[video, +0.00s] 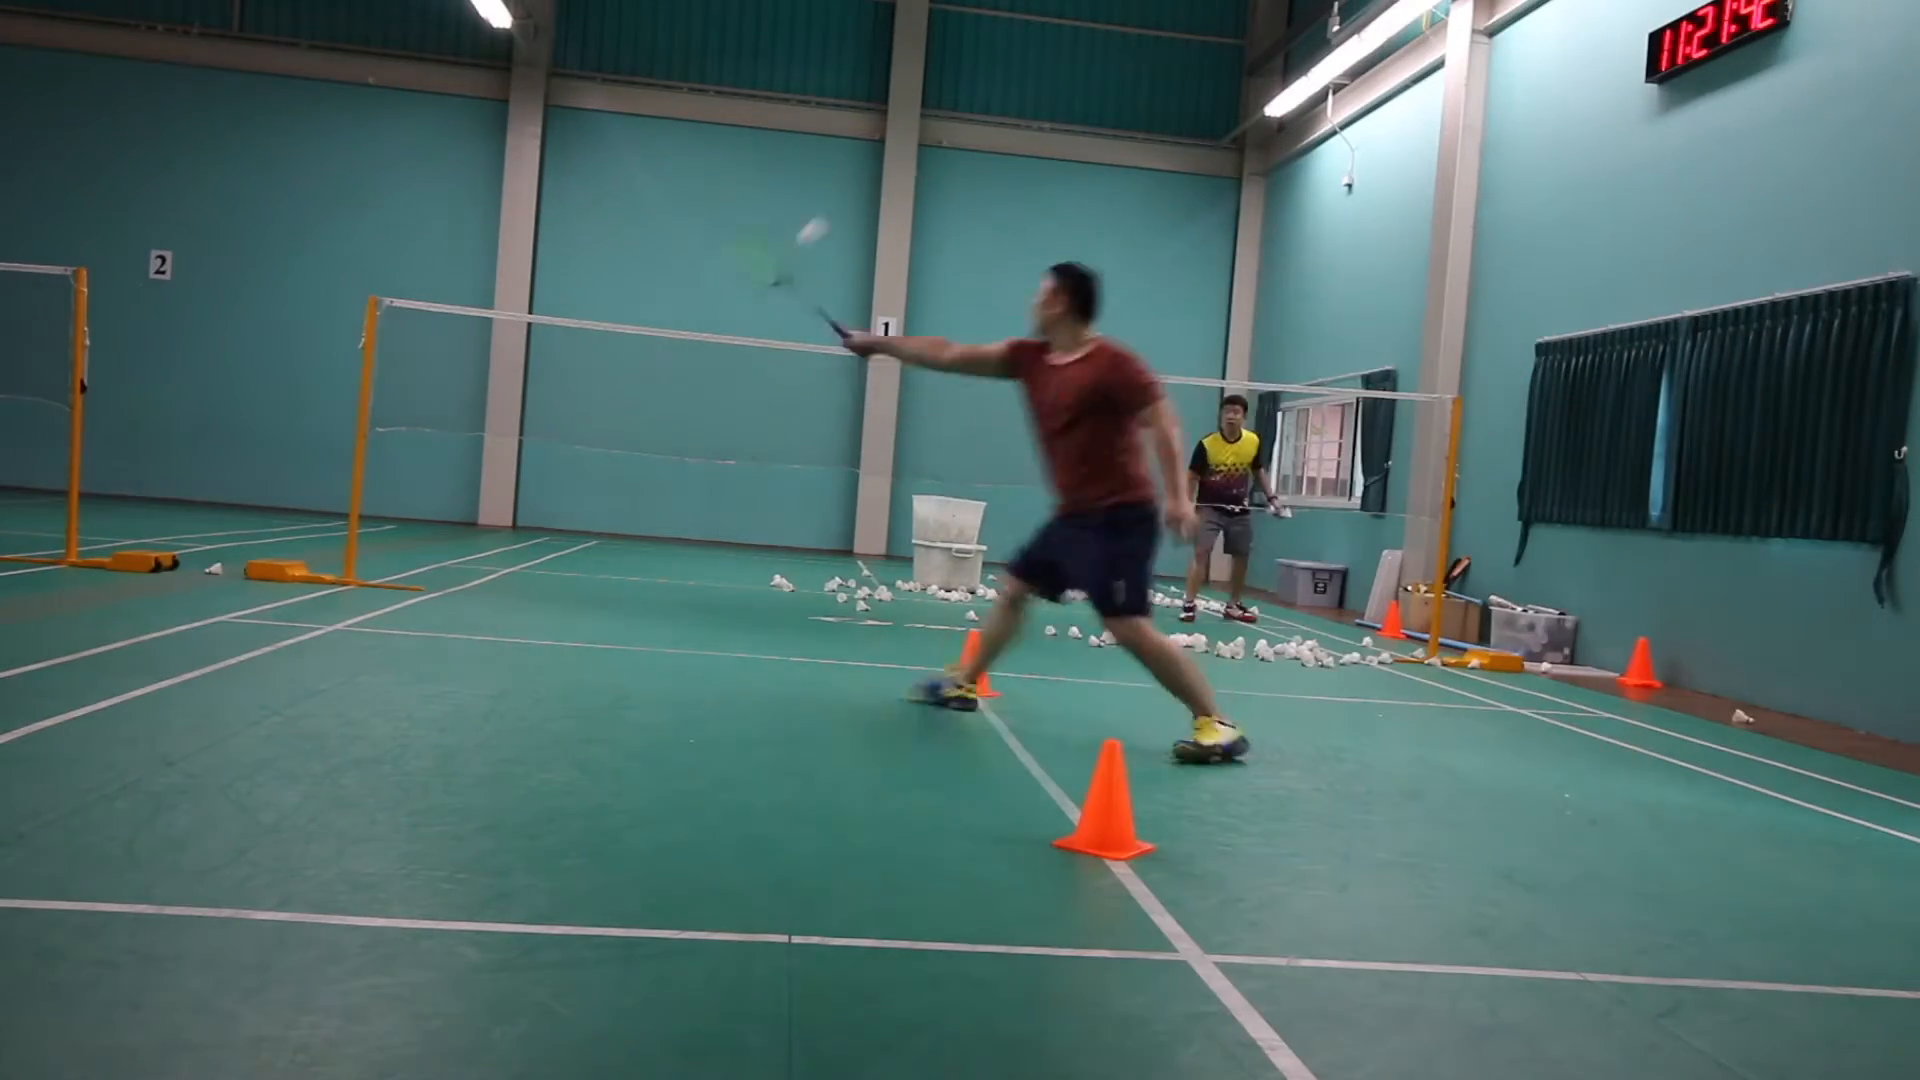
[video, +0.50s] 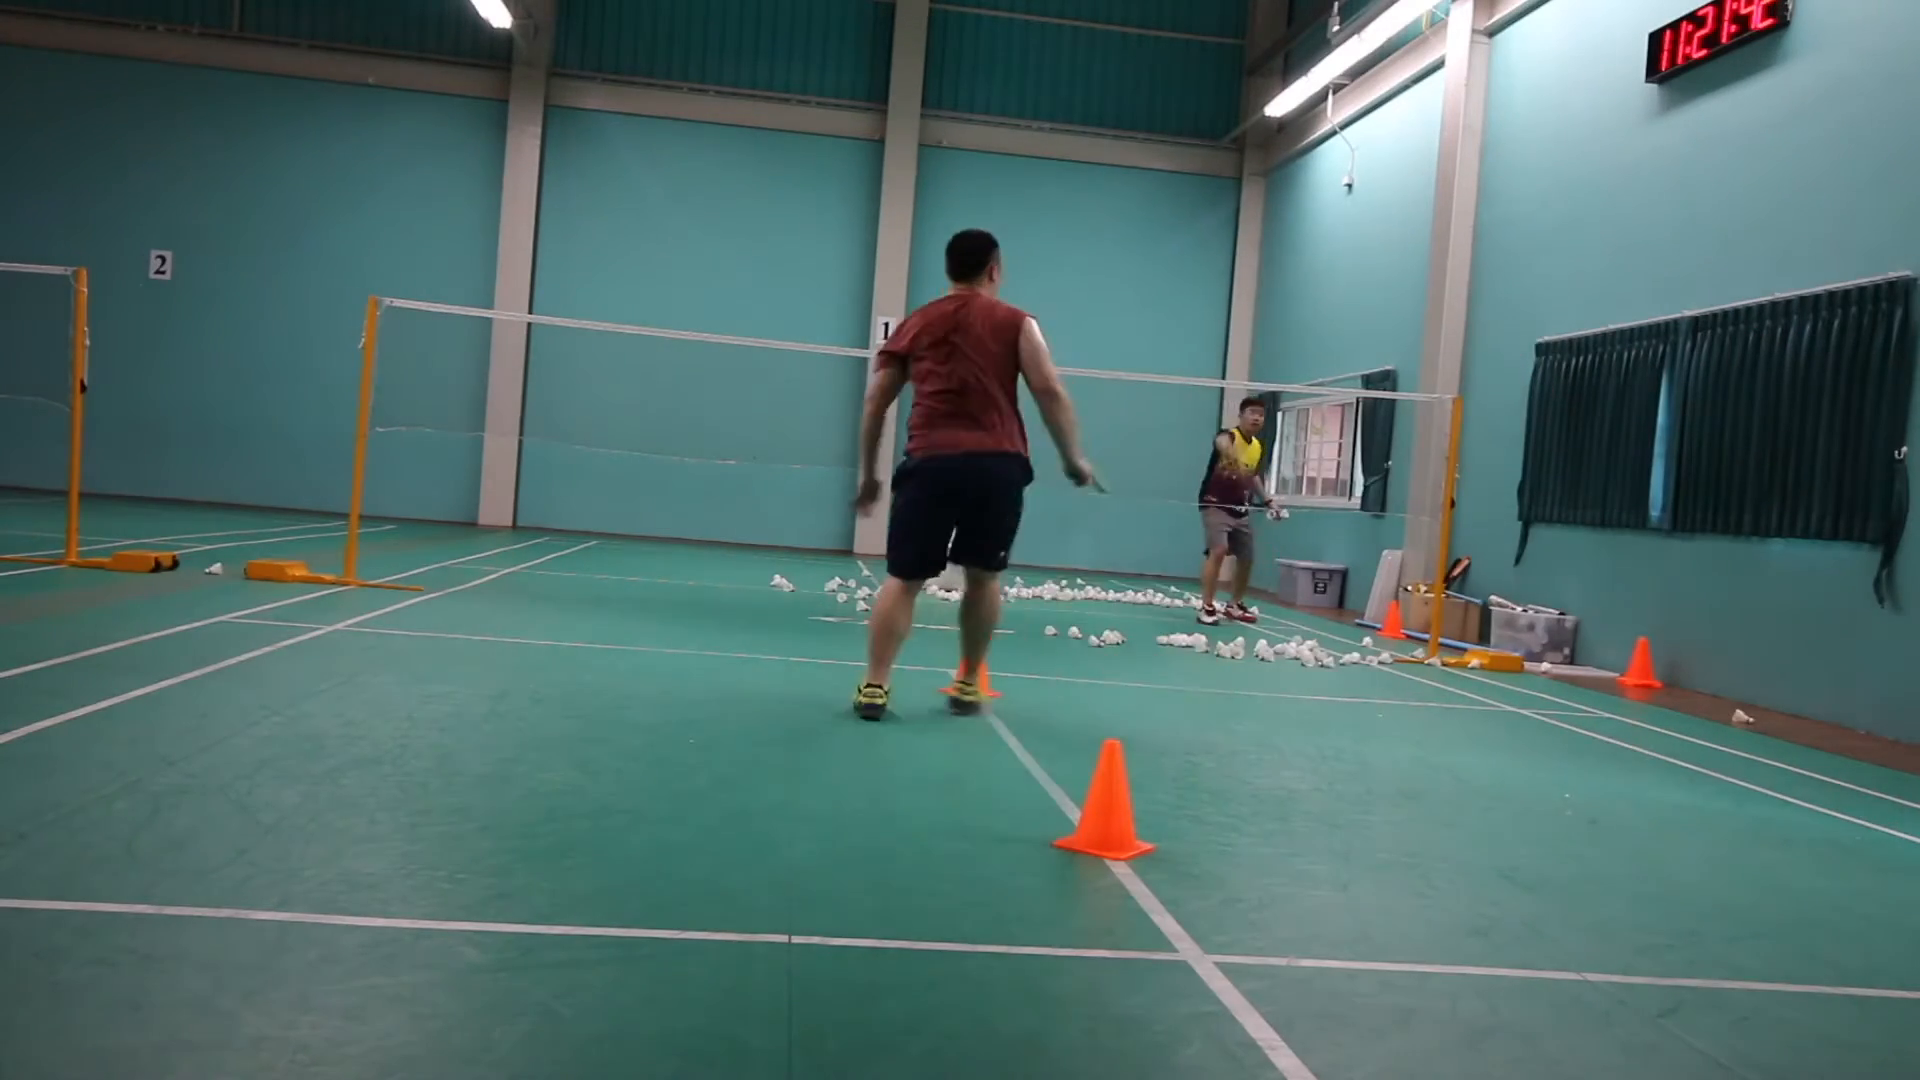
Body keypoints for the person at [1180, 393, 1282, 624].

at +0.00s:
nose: (1231, 417)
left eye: (1236, 413)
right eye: (1227, 412)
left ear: (1244, 417)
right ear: (1221, 416)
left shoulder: (1253, 442)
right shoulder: (1206, 445)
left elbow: (1258, 470)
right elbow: (1192, 478)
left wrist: (1271, 496)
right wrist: (1188, 507)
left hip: (1239, 511)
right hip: (1210, 509)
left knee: (1241, 557)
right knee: (1201, 553)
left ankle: (1234, 604)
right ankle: (1190, 601)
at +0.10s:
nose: (1234, 415)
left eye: (1239, 411)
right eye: (1230, 410)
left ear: (1246, 416)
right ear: (1224, 414)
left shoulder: (1255, 442)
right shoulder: (1208, 444)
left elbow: (1261, 472)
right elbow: (1194, 478)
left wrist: (1273, 498)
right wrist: (1184, 510)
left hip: (1242, 512)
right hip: (1212, 509)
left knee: (1243, 559)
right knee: (1202, 553)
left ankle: (1234, 604)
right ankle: (1190, 601)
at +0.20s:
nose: (1236, 415)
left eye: (1241, 411)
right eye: (1232, 410)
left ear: (1248, 416)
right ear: (1225, 414)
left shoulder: (1258, 442)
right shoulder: (1211, 445)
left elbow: (1263, 472)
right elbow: (1197, 478)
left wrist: (1277, 499)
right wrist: (1189, 511)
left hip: (1245, 511)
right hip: (1216, 509)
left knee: (1245, 558)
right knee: (1207, 550)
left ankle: (1234, 604)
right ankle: (1191, 601)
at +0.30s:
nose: (1242, 416)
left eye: (1246, 412)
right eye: (1238, 411)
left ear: (1252, 416)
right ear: (1230, 415)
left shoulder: (1260, 441)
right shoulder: (1215, 446)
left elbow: (1264, 472)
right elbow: (1202, 479)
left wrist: (1278, 497)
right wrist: (1203, 510)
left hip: (1246, 509)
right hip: (1220, 508)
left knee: (1246, 556)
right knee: (1215, 549)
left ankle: (1235, 604)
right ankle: (1197, 599)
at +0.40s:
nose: (1251, 419)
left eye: (1255, 415)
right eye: (1247, 414)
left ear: (1260, 420)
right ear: (1237, 417)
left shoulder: (1260, 445)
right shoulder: (1224, 443)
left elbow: (1261, 475)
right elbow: (1208, 469)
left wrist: (1275, 499)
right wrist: (1217, 502)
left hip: (1243, 507)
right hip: (1218, 505)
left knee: (1246, 558)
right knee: (1218, 551)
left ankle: (1236, 604)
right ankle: (1208, 605)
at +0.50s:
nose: (1256, 419)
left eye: (1260, 415)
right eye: (1251, 413)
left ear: (1263, 420)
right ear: (1240, 416)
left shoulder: (1257, 447)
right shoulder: (1227, 436)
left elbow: (1254, 476)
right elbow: (1222, 444)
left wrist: (1268, 500)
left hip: (1240, 509)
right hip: (1216, 505)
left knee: (1245, 557)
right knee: (1219, 550)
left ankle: (1236, 604)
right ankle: (1207, 605)